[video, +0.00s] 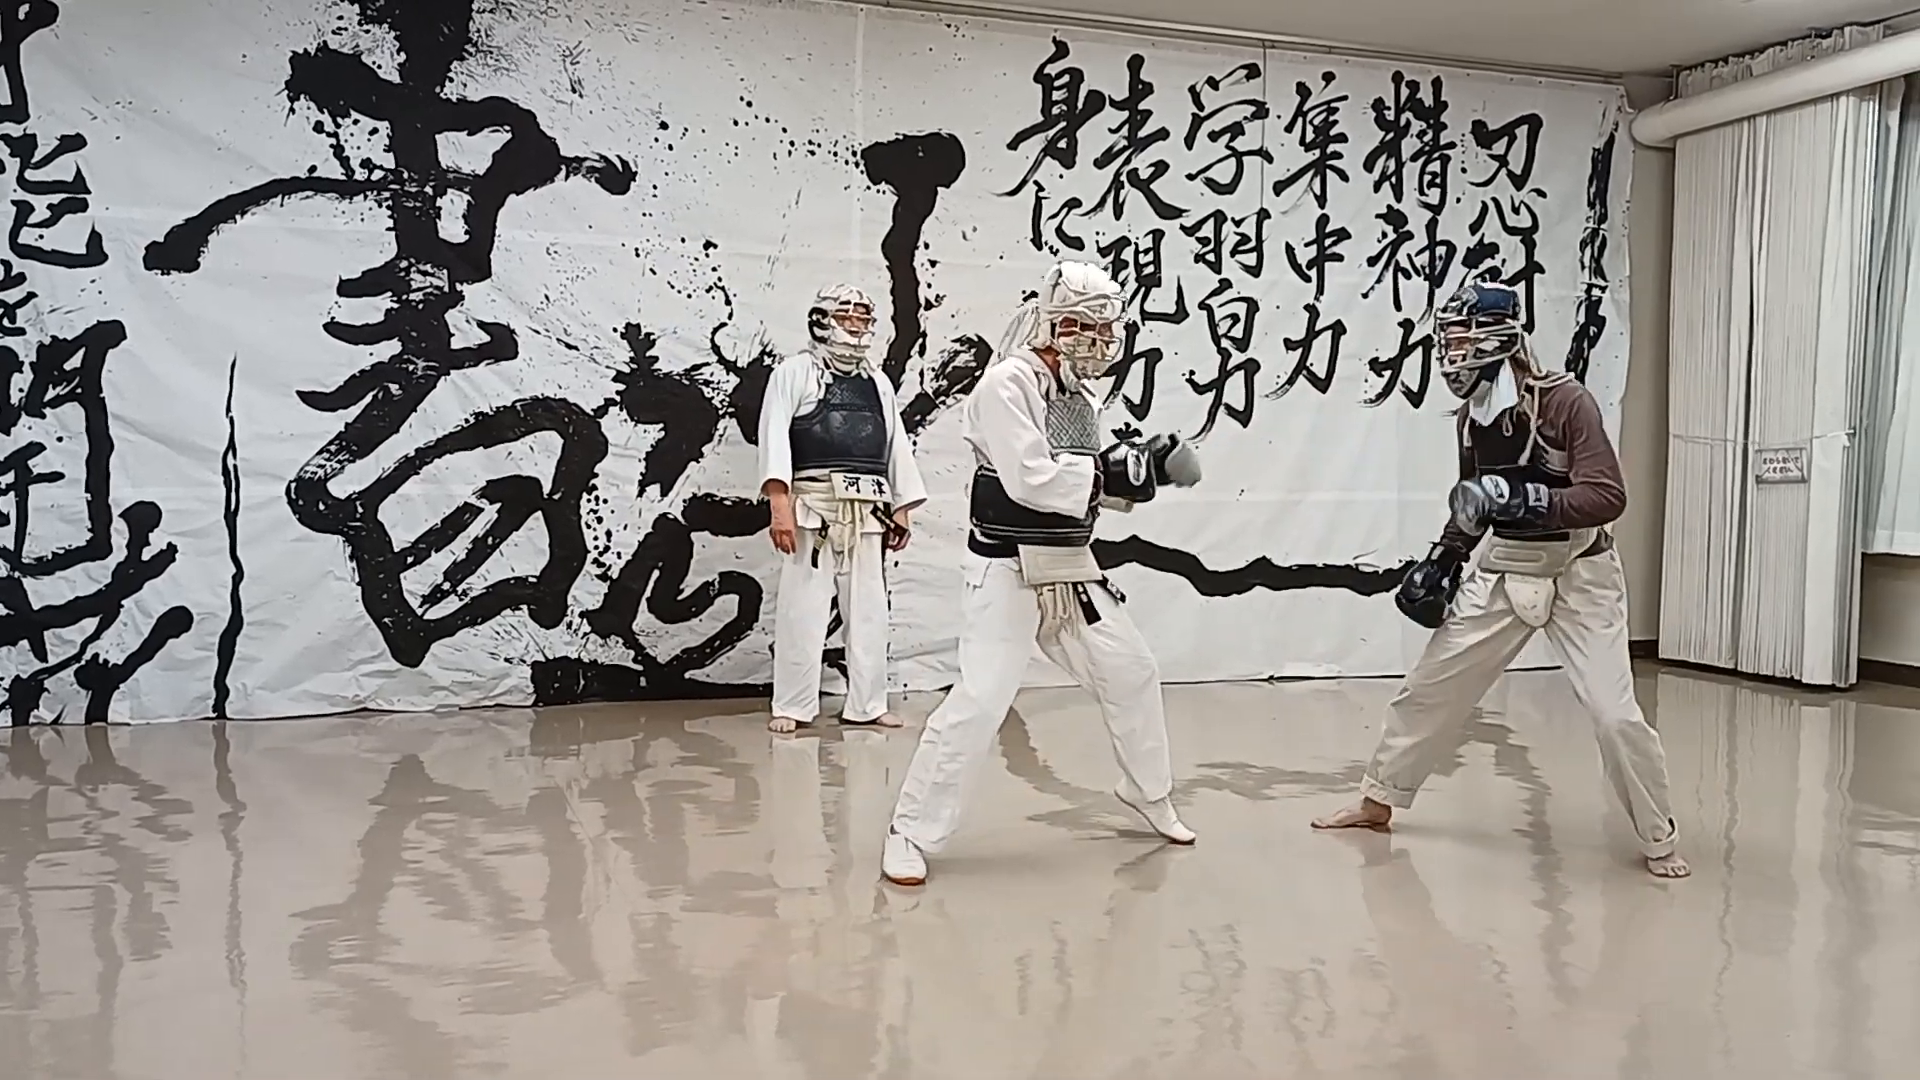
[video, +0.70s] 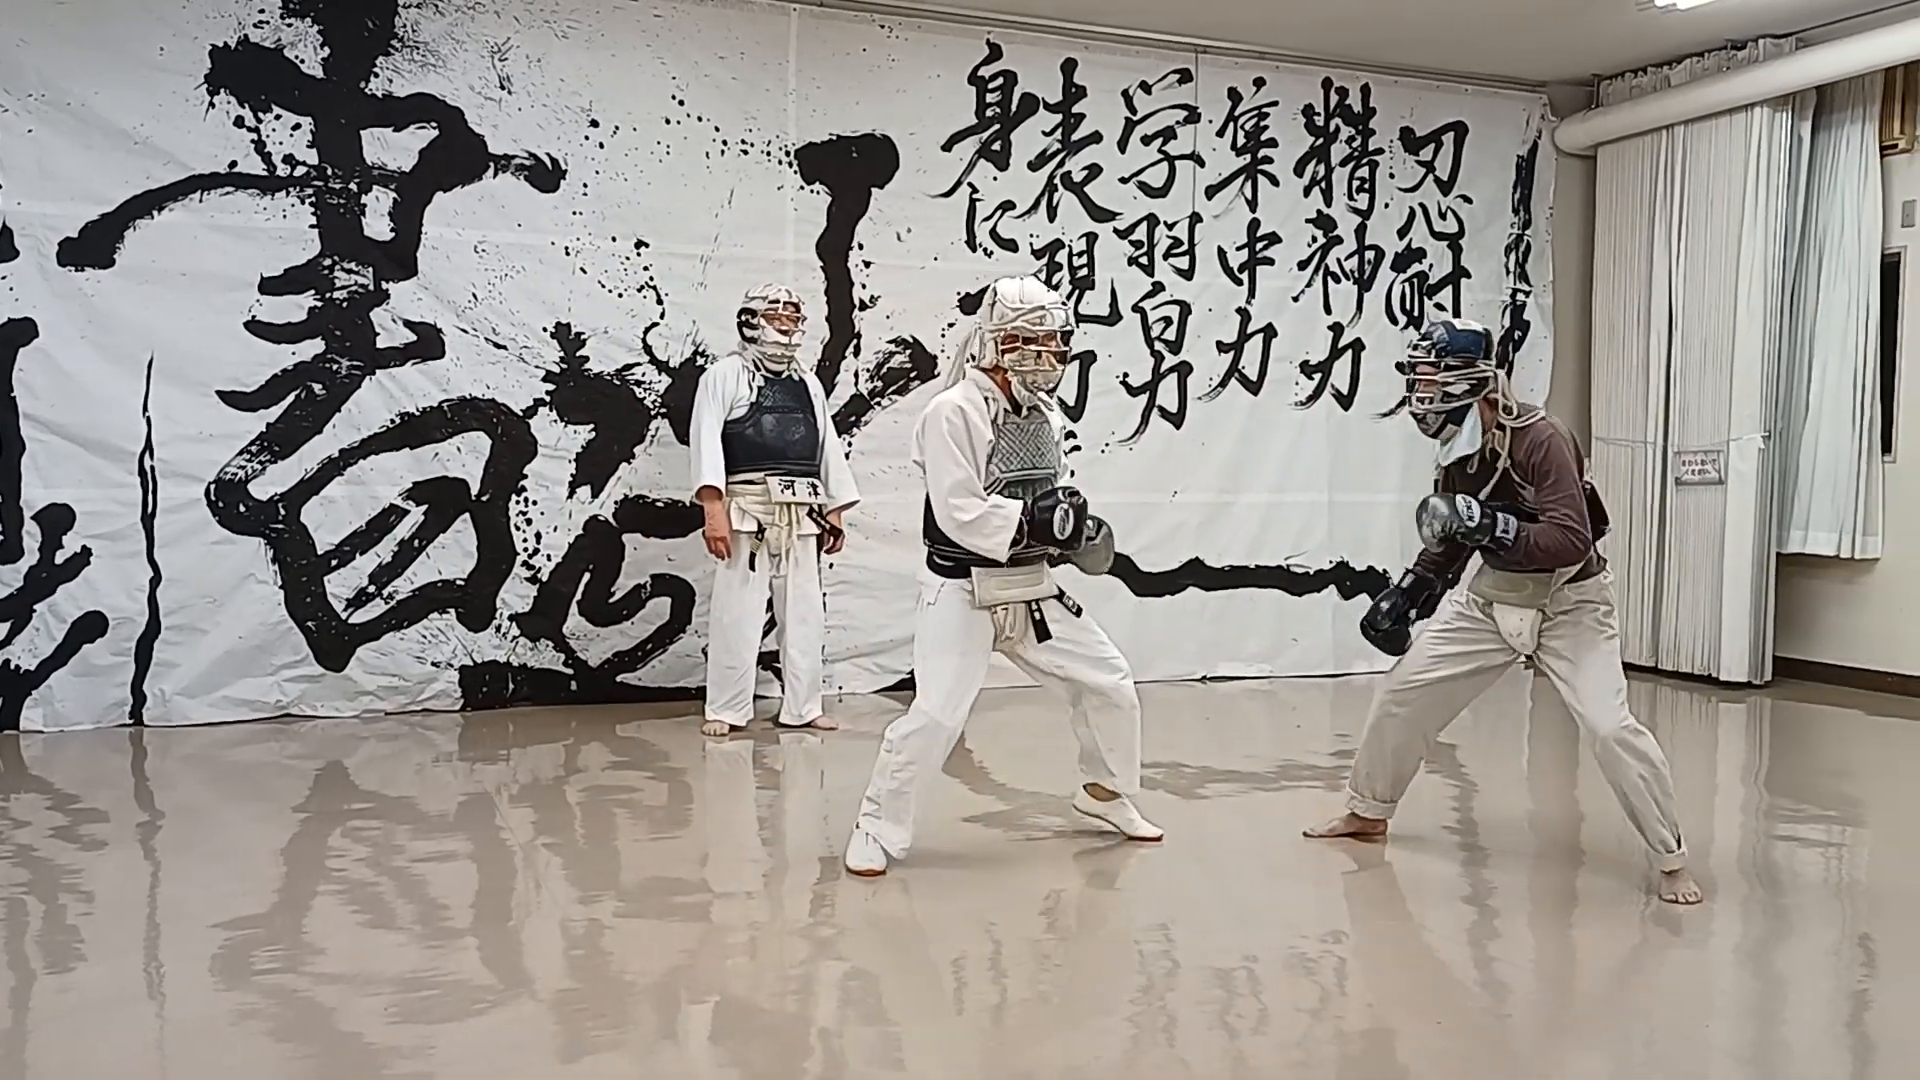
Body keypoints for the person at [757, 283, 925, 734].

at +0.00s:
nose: (855, 326)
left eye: (863, 320)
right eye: (846, 317)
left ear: (871, 326)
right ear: (823, 320)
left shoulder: (878, 380)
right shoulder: (794, 371)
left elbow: (896, 446)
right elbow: (774, 439)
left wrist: (903, 508)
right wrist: (780, 505)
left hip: (868, 509)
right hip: (809, 507)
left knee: (869, 612)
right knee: (802, 612)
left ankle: (866, 706)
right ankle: (792, 709)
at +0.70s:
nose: (788, 324)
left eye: (794, 318)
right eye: (778, 316)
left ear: (799, 326)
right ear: (754, 320)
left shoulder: (808, 381)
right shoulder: (724, 374)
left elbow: (828, 447)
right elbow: (706, 443)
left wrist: (835, 510)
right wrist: (713, 509)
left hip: (802, 511)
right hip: (743, 510)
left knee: (805, 614)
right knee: (736, 615)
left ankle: (802, 708)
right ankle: (726, 713)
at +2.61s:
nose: (731, 321)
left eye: (738, 315)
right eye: (721, 313)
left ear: (746, 323)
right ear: (698, 318)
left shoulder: (755, 379)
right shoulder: (670, 372)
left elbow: (775, 446)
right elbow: (651, 442)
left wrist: (781, 511)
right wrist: (658, 509)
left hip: (749, 511)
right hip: (688, 509)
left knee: (751, 614)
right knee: (681, 616)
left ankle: (747, 709)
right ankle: (671, 713)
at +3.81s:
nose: (661, 318)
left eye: (669, 312)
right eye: (651, 310)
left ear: (679, 321)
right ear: (630, 316)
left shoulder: (693, 377)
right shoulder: (604, 368)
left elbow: (714, 446)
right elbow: (584, 438)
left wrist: (719, 511)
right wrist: (590, 506)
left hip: (684, 510)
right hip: (620, 509)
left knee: (685, 616)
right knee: (614, 617)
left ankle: (681, 710)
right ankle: (604, 715)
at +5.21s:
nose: (624, 311)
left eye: (631, 305)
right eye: (613, 304)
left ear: (639, 316)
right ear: (590, 314)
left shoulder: (645, 368)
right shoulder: (566, 369)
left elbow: (667, 440)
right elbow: (542, 440)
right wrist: (549, 508)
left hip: (639, 512)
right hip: (580, 511)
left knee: (636, 631)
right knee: (574, 632)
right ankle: (563, 738)